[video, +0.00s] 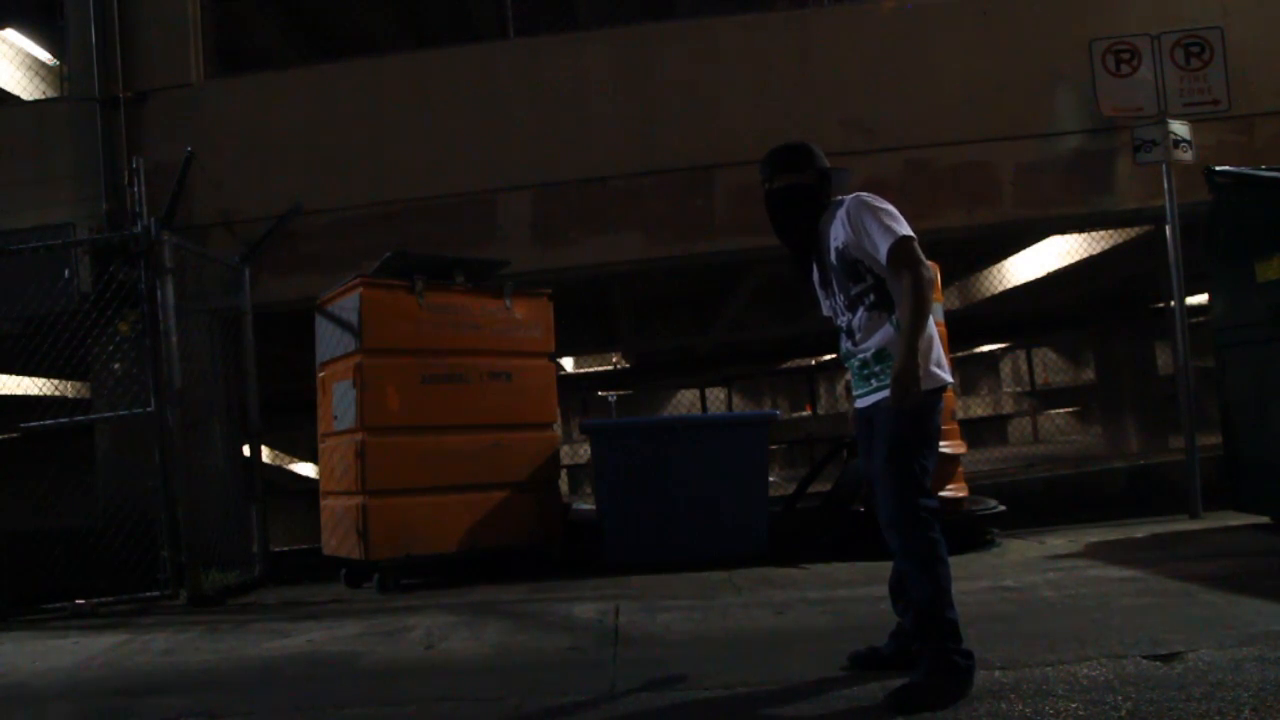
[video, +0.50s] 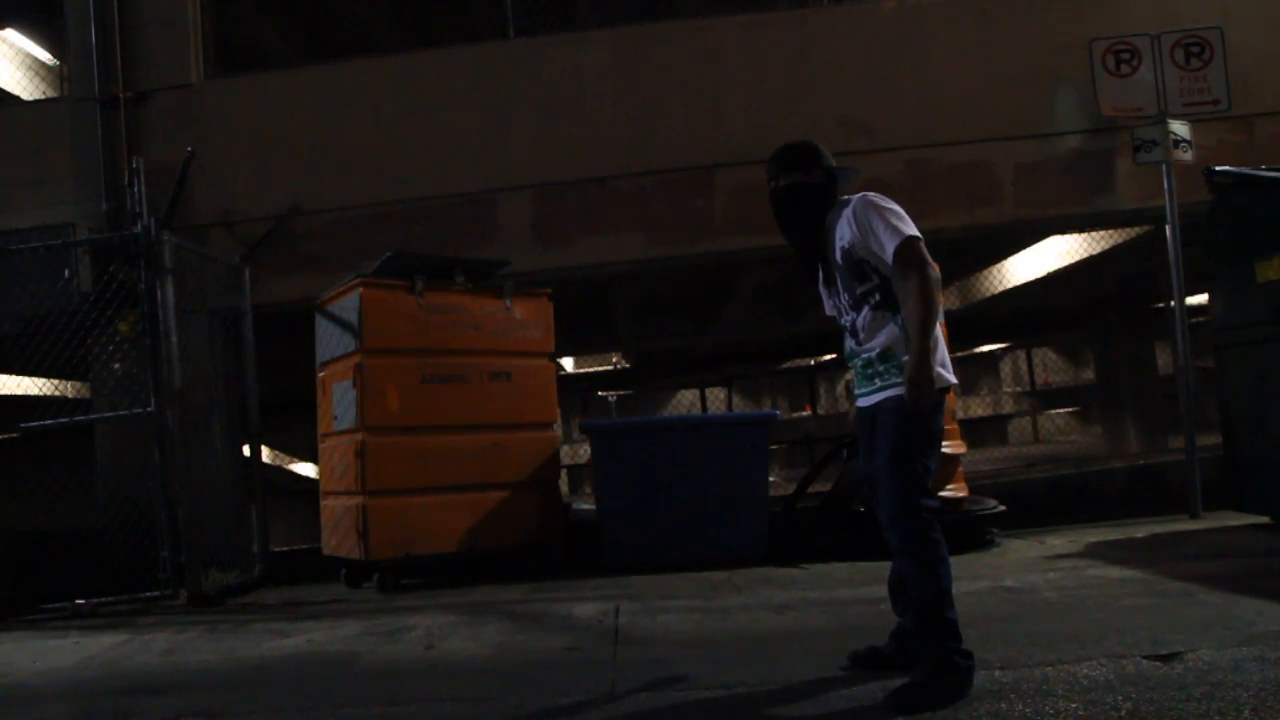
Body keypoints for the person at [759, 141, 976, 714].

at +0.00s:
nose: (776, 209)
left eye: (783, 194)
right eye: (771, 198)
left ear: (811, 185)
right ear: (783, 197)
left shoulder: (858, 211)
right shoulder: (822, 256)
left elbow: (917, 275)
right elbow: (856, 332)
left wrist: (907, 372)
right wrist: (862, 395)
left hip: (908, 392)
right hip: (875, 400)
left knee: (911, 519)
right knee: (896, 519)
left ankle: (946, 660)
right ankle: (914, 637)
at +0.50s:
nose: (782, 203)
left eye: (789, 188)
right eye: (776, 193)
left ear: (817, 180)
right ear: (785, 193)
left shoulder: (864, 210)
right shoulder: (827, 247)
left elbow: (921, 275)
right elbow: (859, 329)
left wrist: (921, 374)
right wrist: (863, 396)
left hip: (910, 394)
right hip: (877, 401)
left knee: (911, 519)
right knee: (895, 519)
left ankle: (945, 660)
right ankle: (913, 639)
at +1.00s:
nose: (781, 202)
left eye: (789, 187)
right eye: (776, 191)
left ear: (817, 180)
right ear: (783, 194)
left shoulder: (863, 212)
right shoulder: (826, 252)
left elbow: (921, 276)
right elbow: (853, 340)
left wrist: (919, 374)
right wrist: (856, 407)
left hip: (909, 394)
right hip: (876, 402)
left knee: (913, 520)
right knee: (895, 520)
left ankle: (945, 660)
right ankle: (912, 637)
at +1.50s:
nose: (774, 208)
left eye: (779, 194)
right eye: (770, 197)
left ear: (806, 185)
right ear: (786, 195)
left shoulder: (858, 213)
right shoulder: (820, 258)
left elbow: (915, 276)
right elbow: (849, 337)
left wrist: (916, 373)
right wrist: (852, 399)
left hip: (908, 393)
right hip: (874, 403)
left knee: (911, 520)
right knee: (894, 521)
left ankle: (946, 661)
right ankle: (913, 638)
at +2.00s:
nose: (749, 217)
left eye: (755, 203)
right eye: (745, 205)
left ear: (783, 195)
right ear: (758, 205)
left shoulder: (835, 220)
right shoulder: (798, 263)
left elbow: (895, 280)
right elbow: (835, 341)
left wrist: (893, 371)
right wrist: (841, 401)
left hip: (898, 392)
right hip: (866, 401)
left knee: (905, 520)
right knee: (888, 521)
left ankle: (944, 660)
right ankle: (910, 640)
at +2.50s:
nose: (686, 228)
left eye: (694, 214)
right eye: (683, 216)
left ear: (721, 209)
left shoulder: (769, 240)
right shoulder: (733, 276)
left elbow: (840, 296)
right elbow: (782, 349)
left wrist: (886, 373)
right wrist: (791, 412)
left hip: (852, 400)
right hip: (822, 409)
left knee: (811, 522)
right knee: (870, 516)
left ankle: (910, 630)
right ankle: (914, 633)